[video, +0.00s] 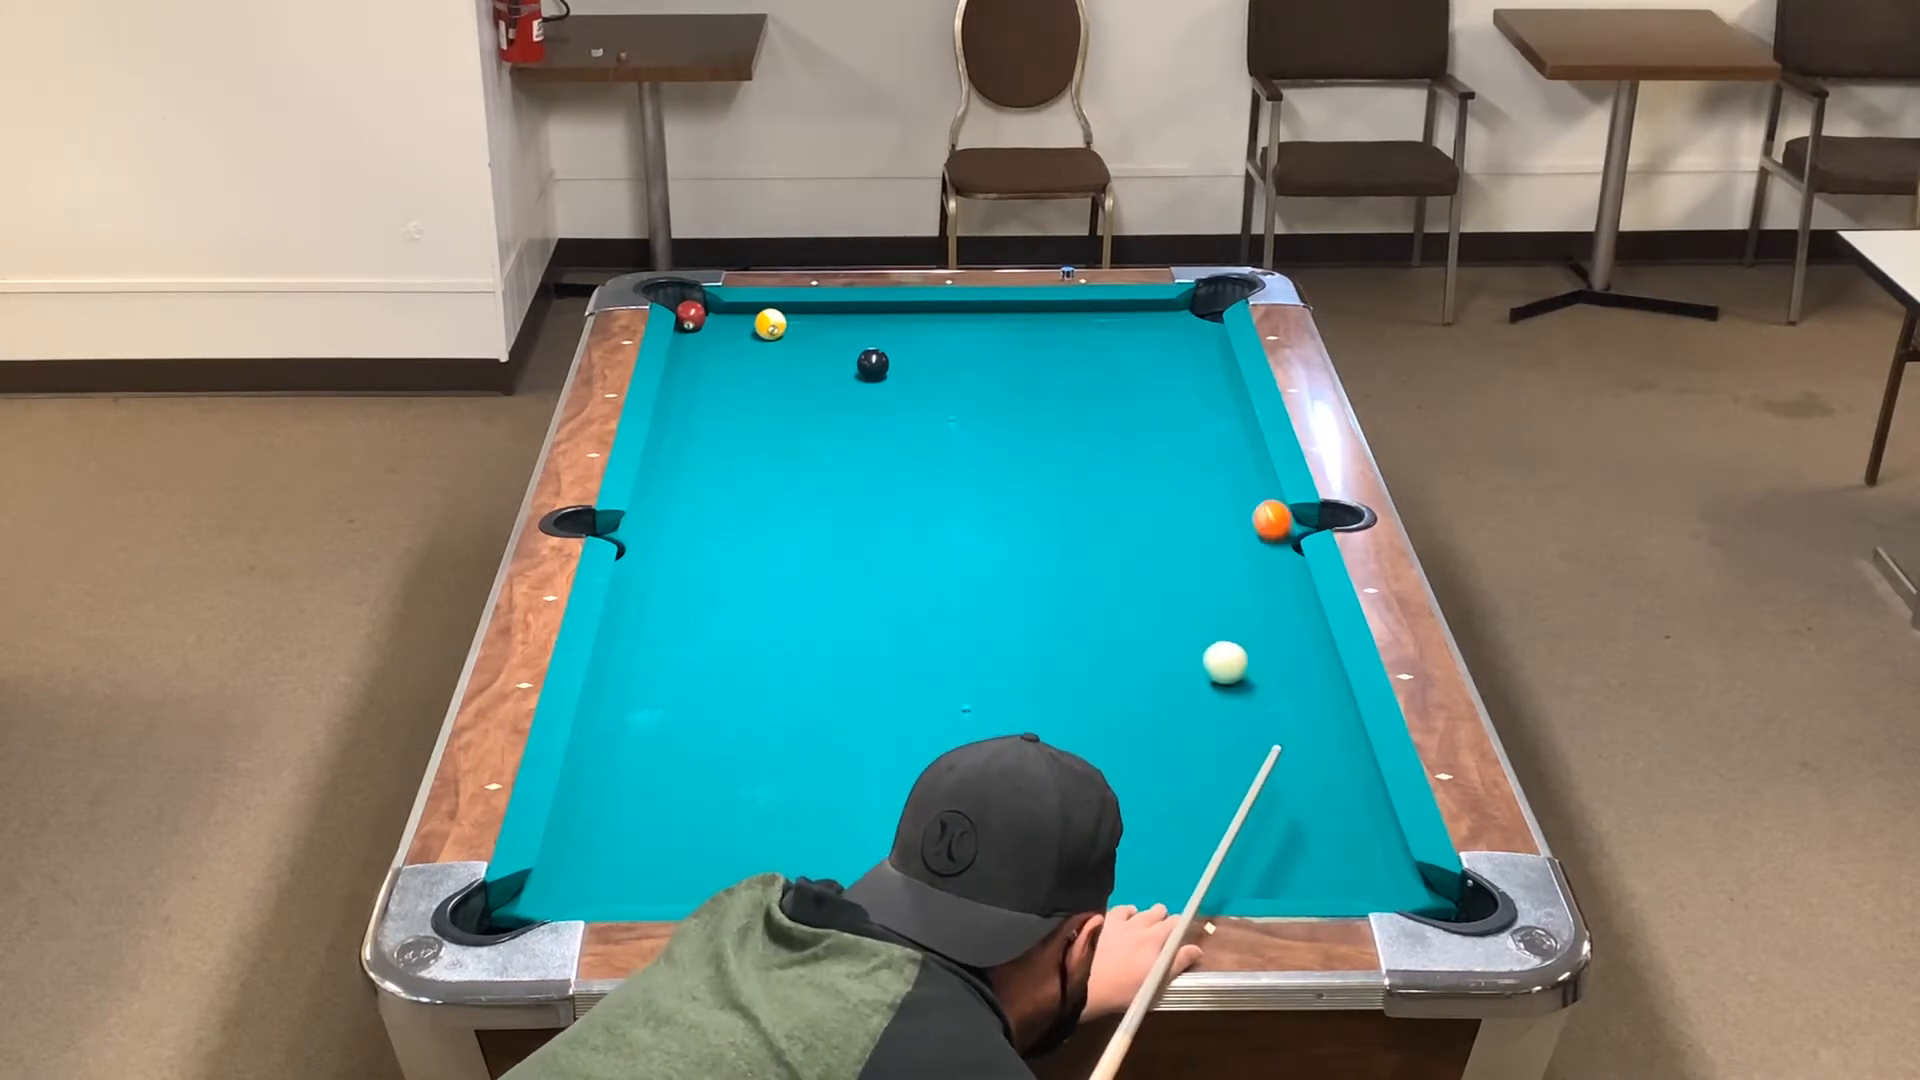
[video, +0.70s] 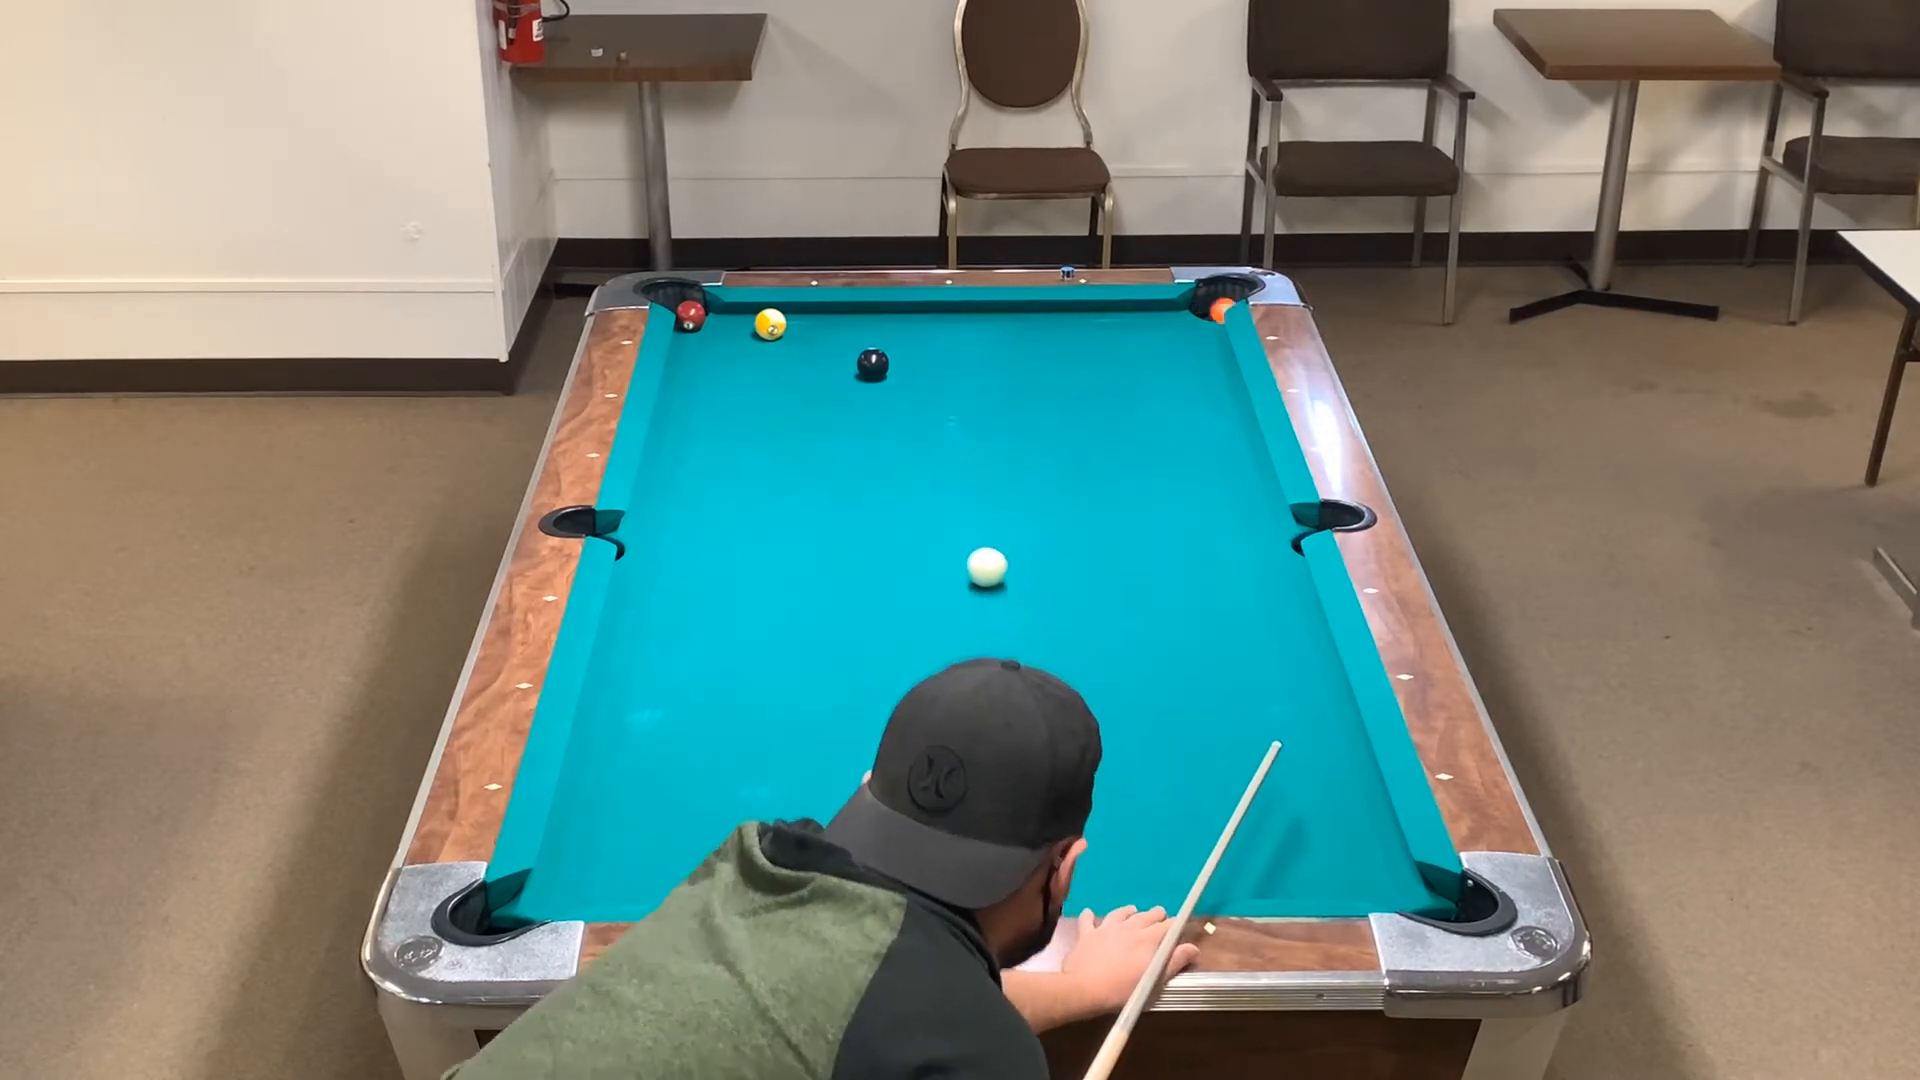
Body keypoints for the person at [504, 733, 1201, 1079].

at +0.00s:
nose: (1092, 935)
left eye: (1095, 925)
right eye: (1092, 921)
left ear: (903, 850)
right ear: (1073, 940)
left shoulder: (749, 905)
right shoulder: (958, 1050)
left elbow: (904, 993)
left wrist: (1066, 990)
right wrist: (1093, 1001)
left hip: (548, 1063)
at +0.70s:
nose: (1068, 874)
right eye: (1069, 853)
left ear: (878, 786)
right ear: (1055, 867)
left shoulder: (754, 857)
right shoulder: (966, 1031)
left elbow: (859, 1004)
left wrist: (1059, 985)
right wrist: (1074, 988)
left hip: (510, 1052)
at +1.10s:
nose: (1019, 613)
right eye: (1023, 592)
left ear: (806, 578)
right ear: (1003, 620)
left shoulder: (709, 709)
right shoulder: (942, 862)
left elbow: (800, 892)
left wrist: (1040, 955)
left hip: (430, 1048)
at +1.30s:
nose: (962, 483)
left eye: (953, 458)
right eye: (959, 463)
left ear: (752, 461)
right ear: (942, 491)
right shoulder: (900, 755)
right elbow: (870, 1061)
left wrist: (1016, 952)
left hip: (425, 1047)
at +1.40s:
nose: (930, 422)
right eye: (926, 408)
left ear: (704, 422)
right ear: (909, 441)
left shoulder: (604, 588)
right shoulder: (880, 717)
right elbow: (866, 1058)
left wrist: (933, 967)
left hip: (439, 1047)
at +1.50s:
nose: (900, 388)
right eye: (896, 373)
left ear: (677, 387)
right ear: (884, 403)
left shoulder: (566, 579)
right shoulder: (869, 696)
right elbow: (885, 1056)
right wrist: (978, 1055)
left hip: (457, 1050)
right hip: (704, 1064)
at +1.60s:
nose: (887, 354)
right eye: (882, 341)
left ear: (660, 363)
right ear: (874, 377)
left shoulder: (531, 578)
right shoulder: (879, 684)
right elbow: (916, 1051)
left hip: (482, 1056)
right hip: (741, 1062)